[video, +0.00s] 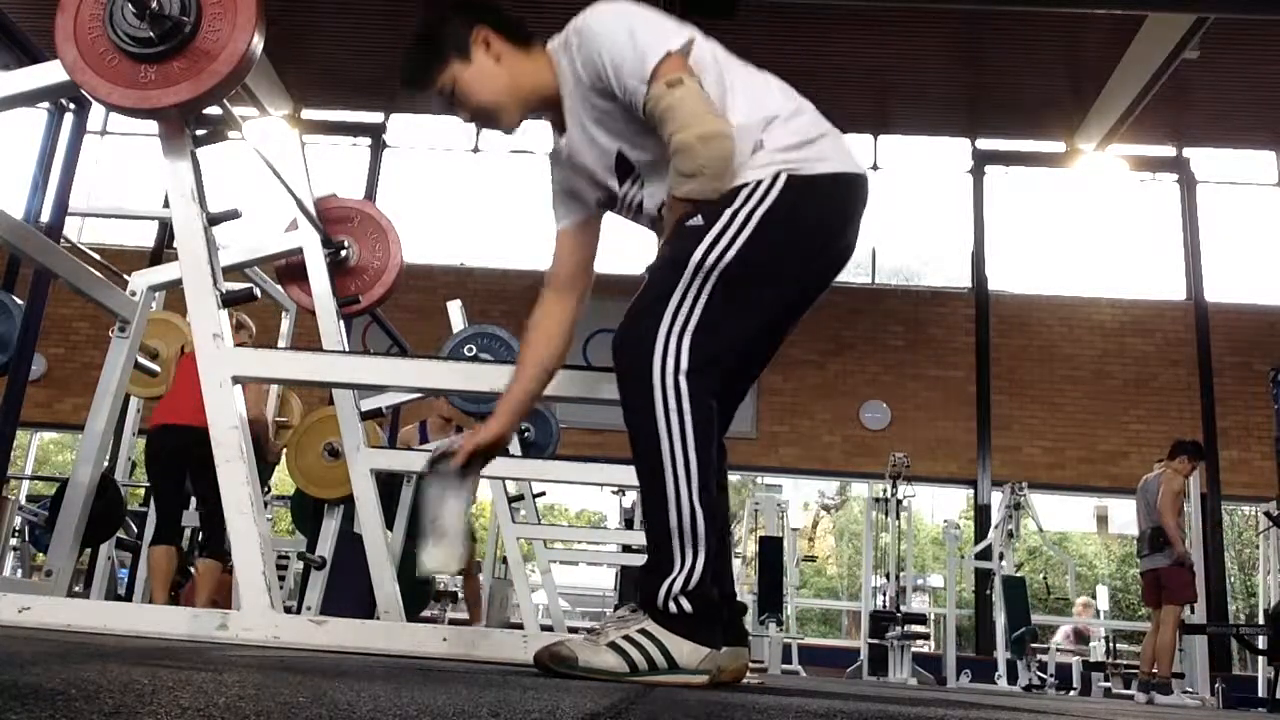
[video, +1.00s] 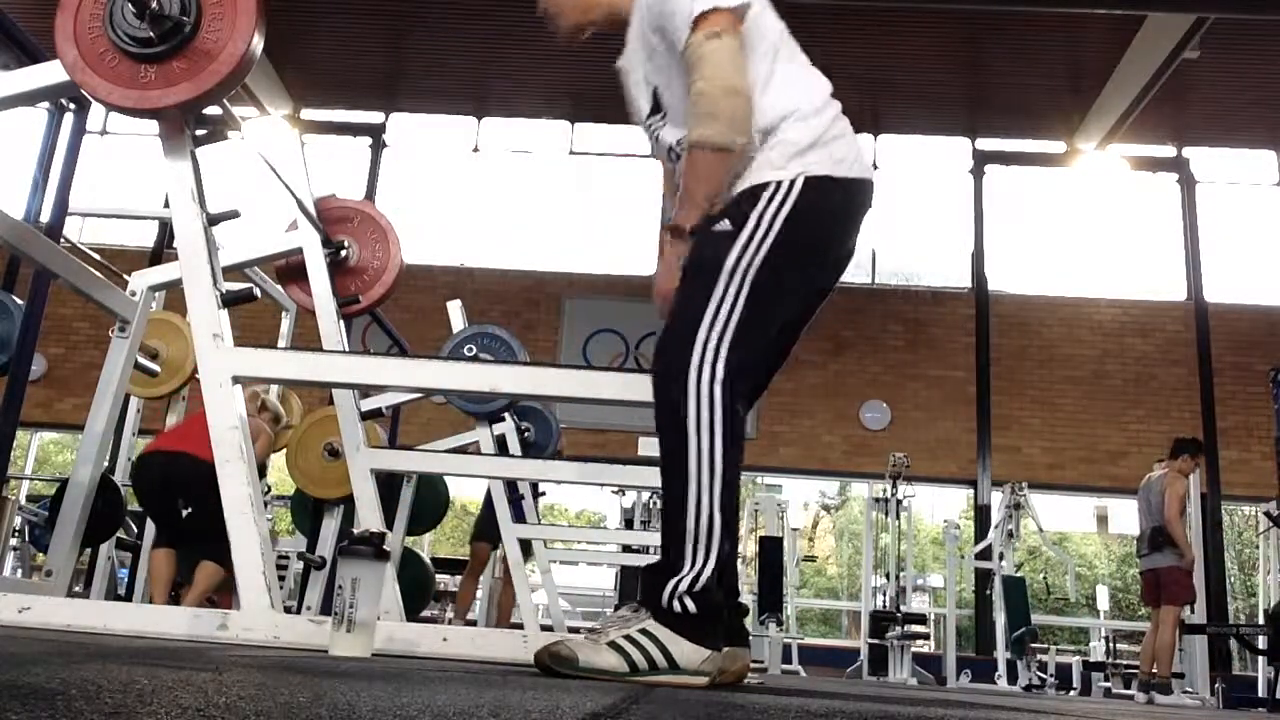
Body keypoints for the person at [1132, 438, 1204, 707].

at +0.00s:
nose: (1191, 473)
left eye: (1194, 468)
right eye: (1193, 467)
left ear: (1174, 459)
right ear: (1183, 460)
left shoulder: (1146, 480)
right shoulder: (1174, 479)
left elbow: (1145, 523)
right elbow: (1166, 515)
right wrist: (1180, 548)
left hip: (1149, 563)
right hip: (1170, 560)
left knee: (1156, 624)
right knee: (1169, 624)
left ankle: (1143, 684)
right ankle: (1163, 687)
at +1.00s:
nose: (1194, 471)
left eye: (1196, 466)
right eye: (1194, 465)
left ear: (1175, 459)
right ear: (1184, 459)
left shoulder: (1147, 480)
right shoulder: (1176, 480)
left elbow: (1147, 522)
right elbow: (1171, 518)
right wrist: (1187, 550)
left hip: (1148, 562)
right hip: (1170, 560)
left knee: (1155, 623)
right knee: (1168, 624)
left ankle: (1143, 685)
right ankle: (1163, 687)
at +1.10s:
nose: (1194, 471)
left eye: (1196, 467)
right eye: (1195, 465)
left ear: (1176, 459)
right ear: (1184, 459)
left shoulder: (1148, 480)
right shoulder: (1176, 481)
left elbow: (1148, 522)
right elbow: (1171, 519)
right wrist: (1188, 550)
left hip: (1148, 561)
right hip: (1169, 560)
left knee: (1155, 623)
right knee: (1168, 624)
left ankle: (1143, 685)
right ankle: (1163, 687)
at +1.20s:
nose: (1194, 472)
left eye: (1196, 467)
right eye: (1195, 466)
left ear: (1176, 459)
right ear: (1184, 459)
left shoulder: (1148, 480)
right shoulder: (1176, 480)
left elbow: (1149, 522)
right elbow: (1170, 518)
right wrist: (1188, 550)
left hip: (1148, 561)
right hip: (1169, 560)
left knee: (1155, 623)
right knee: (1167, 624)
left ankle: (1143, 685)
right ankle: (1163, 687)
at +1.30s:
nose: (1195, 472)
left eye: (1197, 467)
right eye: (1196, 466)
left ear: (1176, 459)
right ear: (1185, 459)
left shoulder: (1149, 480)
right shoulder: (1176, 480)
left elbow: (1149, 521)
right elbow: (1168, 517)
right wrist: (1188, 549)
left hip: (1149, 560)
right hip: (1169, 559)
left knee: (1156, 623)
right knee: (1167, 623)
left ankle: (1143, 684)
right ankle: (1163, 687)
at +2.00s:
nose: (1199, 474)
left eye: (1201, 469)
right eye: (1200, 469)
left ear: (1183, 458)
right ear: (1191, 461)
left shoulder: (1154, 481)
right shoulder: (1178, 479)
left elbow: (1158, 527)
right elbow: (1179, 524)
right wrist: (1203, 550)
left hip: (1156, 561)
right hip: (1173, 560)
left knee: (1186, 619)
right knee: (1169, 621)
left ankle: (1170, 679)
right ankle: (1164, 686)